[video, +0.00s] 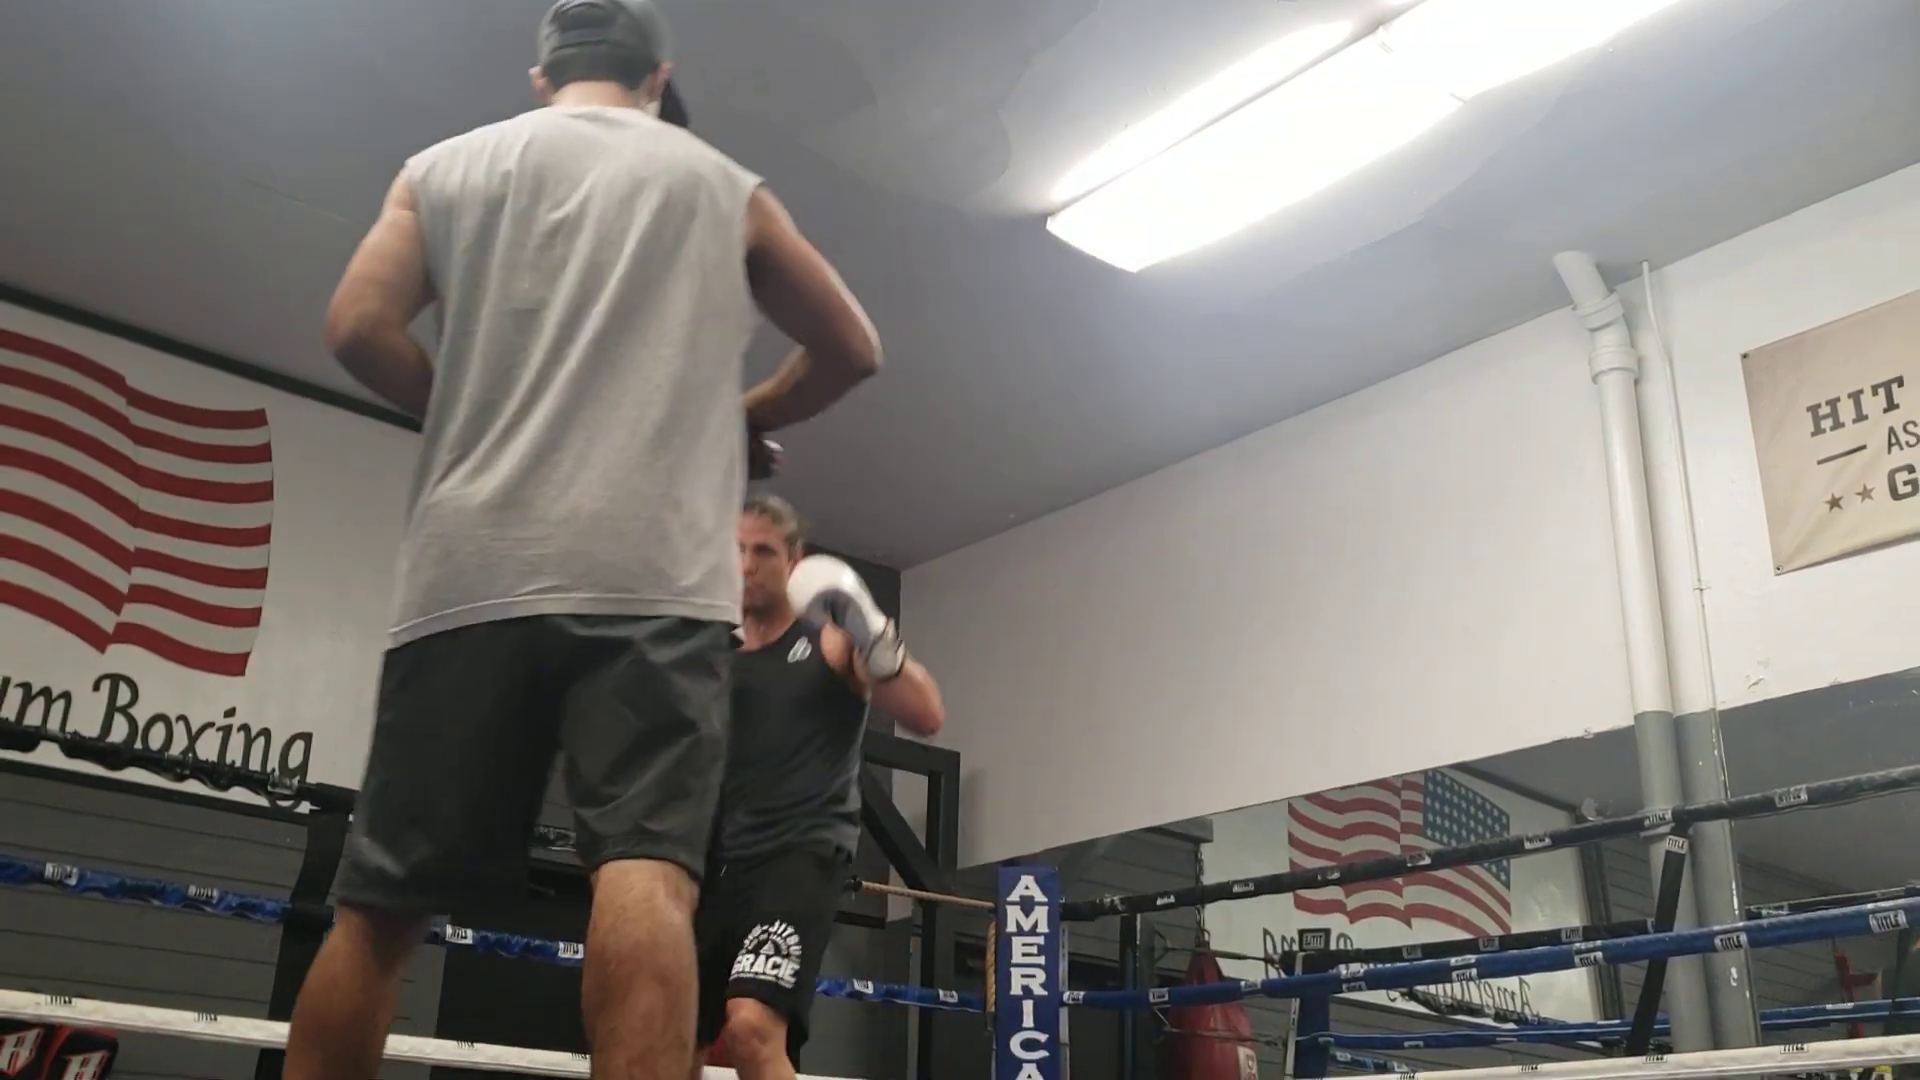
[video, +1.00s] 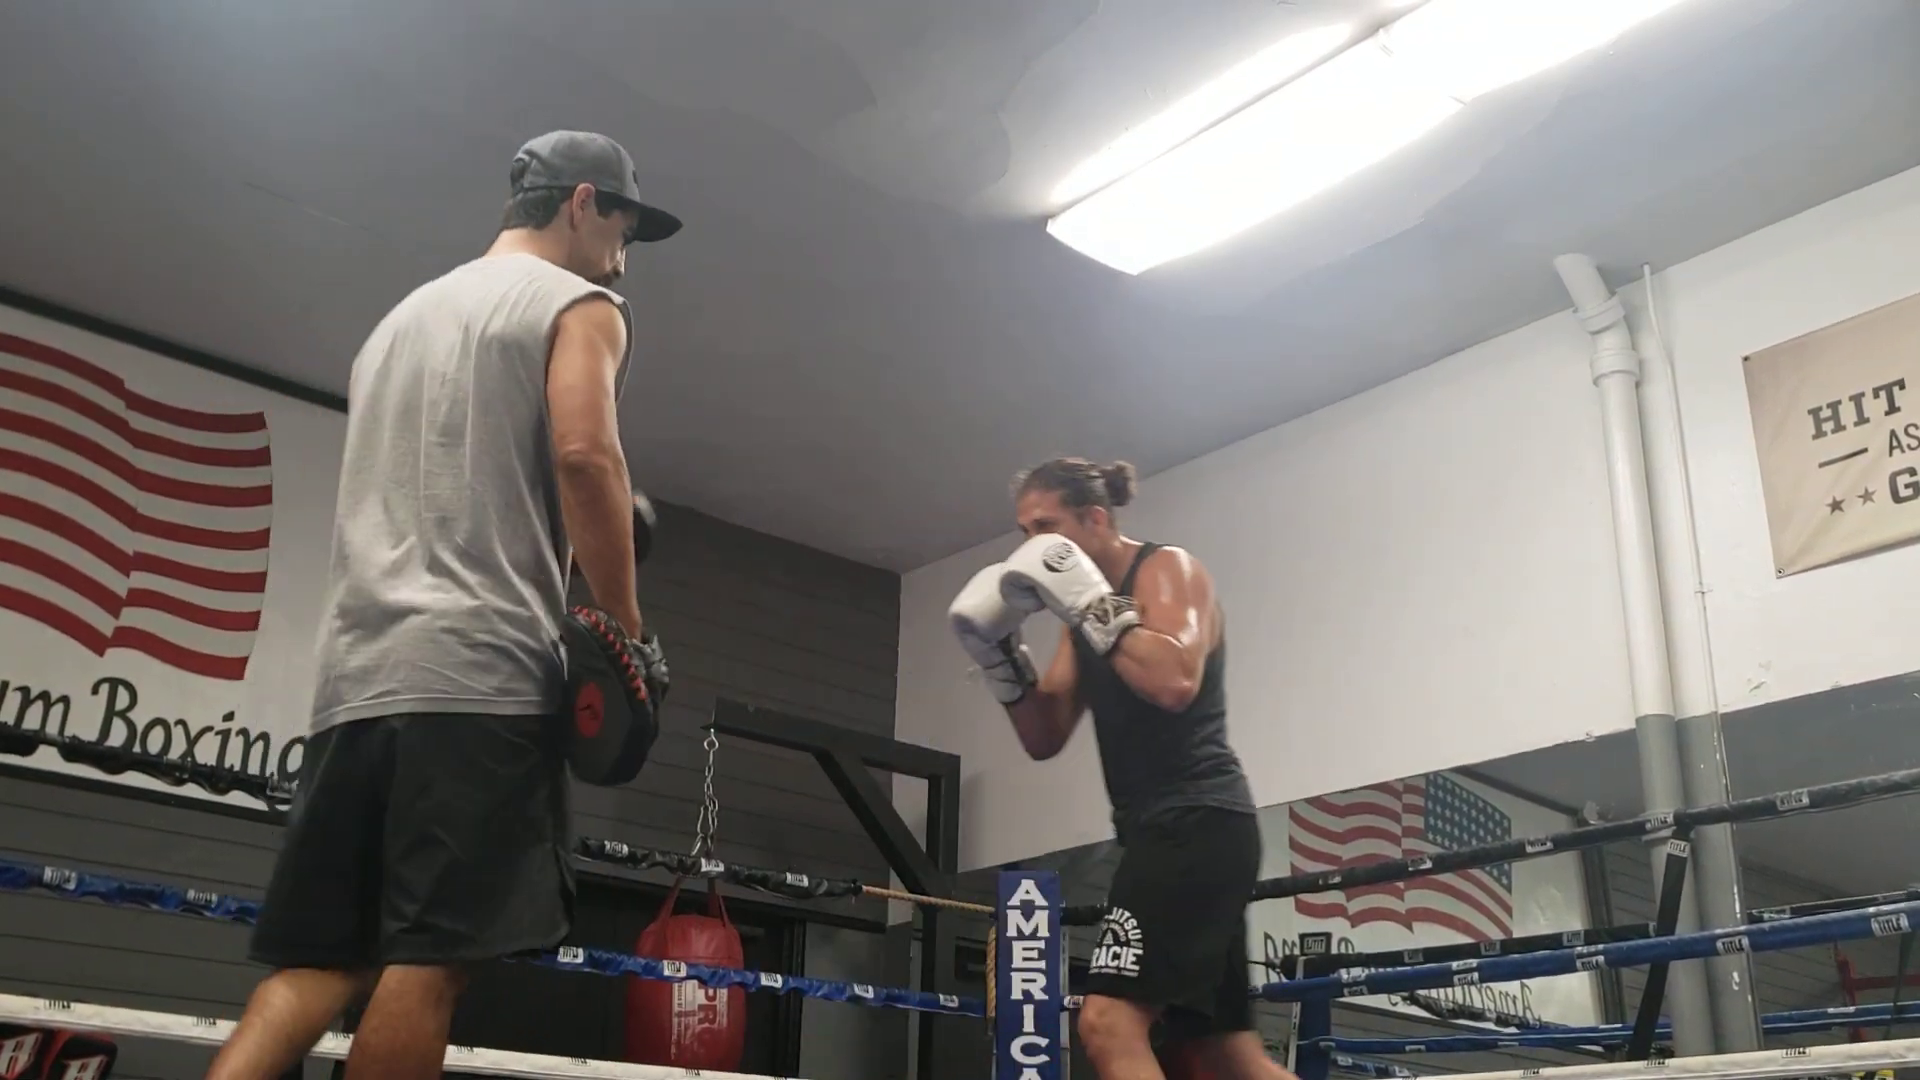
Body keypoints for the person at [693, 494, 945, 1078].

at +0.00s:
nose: (748, 565)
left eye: (763, 551)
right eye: (738, 549)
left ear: (795, 560)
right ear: (722, 556)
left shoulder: (830, 637)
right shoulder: (712, 647)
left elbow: (928, 715)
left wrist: (871, 631)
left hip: (804, 847)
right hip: (718, 853)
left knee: (749, 1030)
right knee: (703, 1040)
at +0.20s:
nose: (793, 506)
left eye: (810, 487)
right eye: (781, 490)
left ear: (845, 494)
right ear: (764, 498)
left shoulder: (876, 570)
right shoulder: (757, 580)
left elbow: (969, 657)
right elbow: (700, 689)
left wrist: (913, 565)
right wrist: (712, 591)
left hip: (862, 775)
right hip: (784, 785)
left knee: (839, 965)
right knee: (741, 1012)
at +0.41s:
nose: (854, 565)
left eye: (872, 552)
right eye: (844, 549)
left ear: (905, 565)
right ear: (829, 555)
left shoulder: (936, 635)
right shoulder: (808, 650)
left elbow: (1002, 753)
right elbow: (745, 742)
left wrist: (954, 659)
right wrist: (760, 658)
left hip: (913, 842)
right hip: (834, 864)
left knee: (937, 1002)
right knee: (755, 1061)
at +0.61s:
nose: (901, 552)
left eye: (917, 533)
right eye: (891, 537)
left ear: (962, 532)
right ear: (883, 540)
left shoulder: (1025, 586)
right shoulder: (907, 621)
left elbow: (1081, 697)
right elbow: (883, 770)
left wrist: (989, 618)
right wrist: (842, 717)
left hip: (1040, 835)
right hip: (964, 851)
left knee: (1052, 1035)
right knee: (891, 1055)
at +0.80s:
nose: (962, 543)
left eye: (972, 524)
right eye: (953, 530)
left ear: (1024, 513)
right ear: (952, 532)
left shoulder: (1092, 560)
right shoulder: (995, 610)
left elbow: (1122, 672)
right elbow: (985, 742)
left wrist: (1025, 595)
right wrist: (928, 684)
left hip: (1130, 815)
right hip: (1064, 830)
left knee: (1092, 1025)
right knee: (1021, 1044)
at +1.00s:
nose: (1038, 552)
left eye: (1045, 531)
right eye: (1030, 537)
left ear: (1095, 520)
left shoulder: (1170, 567)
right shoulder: (1088, 617)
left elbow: (1174, 680)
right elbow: (1043, 737)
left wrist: (1088, 598)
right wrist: (999, 656)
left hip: (1197, 825)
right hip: (1156, 831)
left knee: (1109, 1023)